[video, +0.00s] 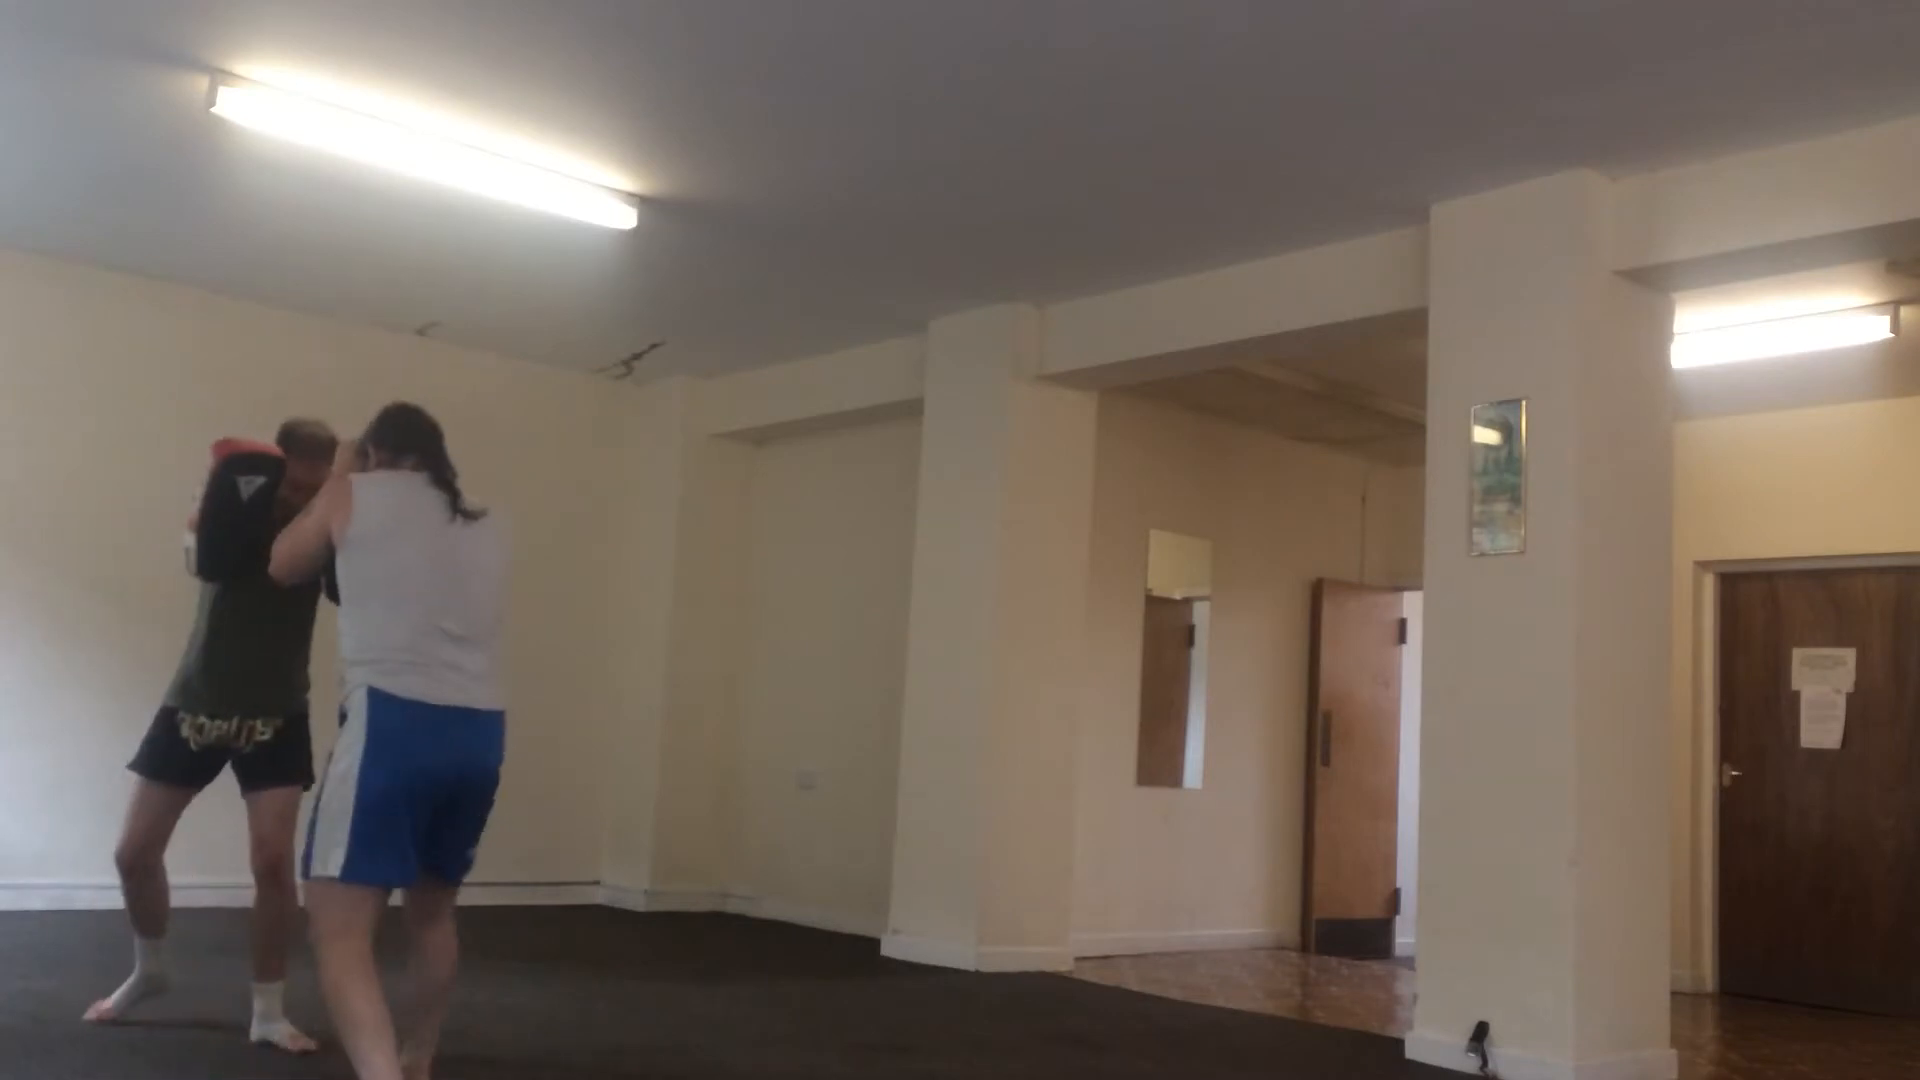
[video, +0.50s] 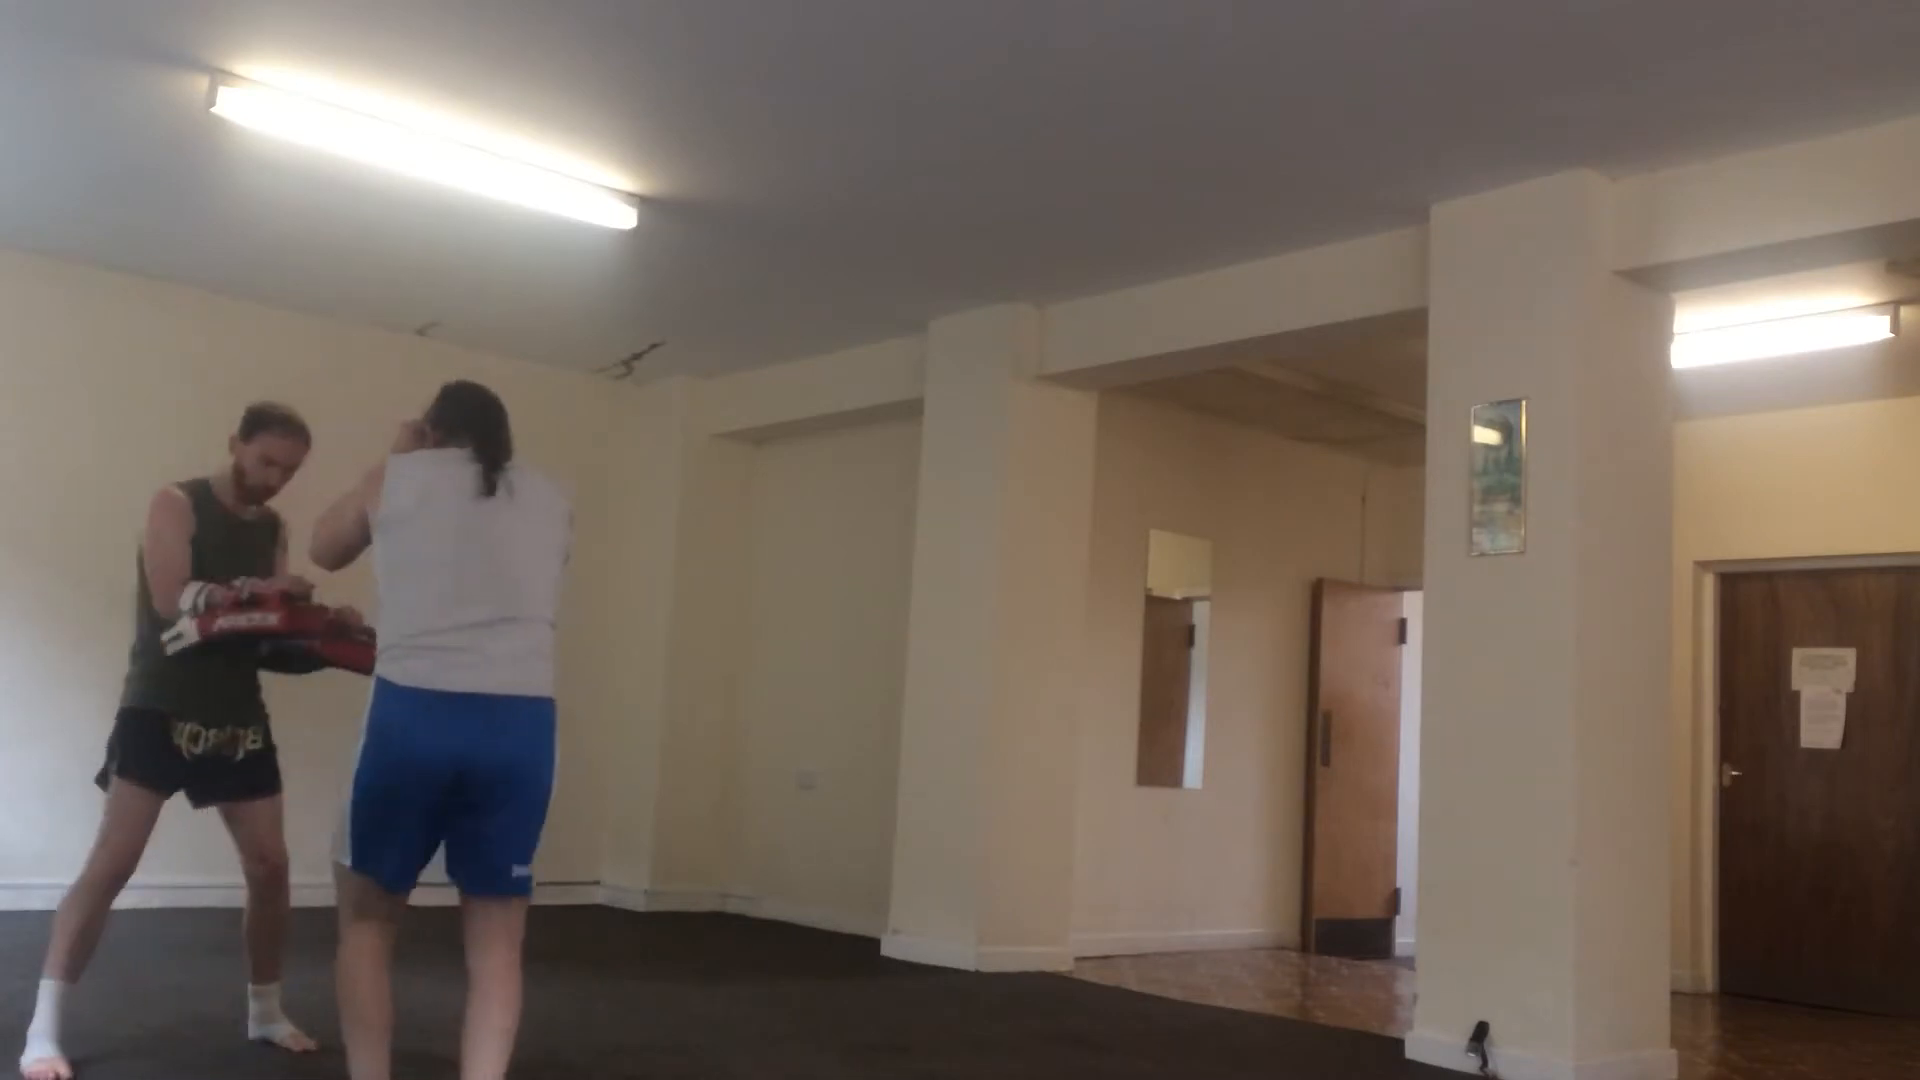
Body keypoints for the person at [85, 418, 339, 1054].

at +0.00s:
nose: (307, 499)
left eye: (318, 489)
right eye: (298, 486)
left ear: (329, 483)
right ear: (277, 471)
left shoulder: (319, 528)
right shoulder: (235, 497)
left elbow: (347, 592)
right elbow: (217, 561)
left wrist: (342, 514)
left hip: (276, 715)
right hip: (197, 707)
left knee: (274, 866)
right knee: (135, 853)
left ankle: (269, 1014)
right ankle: (149, 972)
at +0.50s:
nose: (274, 480)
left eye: (287, 471)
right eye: (268, 464)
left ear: (293, 470)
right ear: (238, 444)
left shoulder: (271, 526)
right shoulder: (176, 505)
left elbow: (264, 618)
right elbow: (171, 600)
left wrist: (322, 621)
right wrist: (269, 594)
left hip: (237, 707)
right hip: (161, 706)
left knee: (269, 866)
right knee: (112, 863)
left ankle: (266, 1014)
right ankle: (43, 1030)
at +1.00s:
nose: (284, 466)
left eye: (295, 458)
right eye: (278, 450)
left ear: (293, 460)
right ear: (241, 434)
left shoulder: (243, 517)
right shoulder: (198, 497)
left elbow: (255, 618)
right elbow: (244, 603)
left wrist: (310, 599)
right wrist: (306, 594)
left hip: (225, 707)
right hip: (170, 706)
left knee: (240, 859)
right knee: (164, 858)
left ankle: (192, 1012)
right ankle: (50, 1013)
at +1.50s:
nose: (296, 461)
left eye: (305, 451)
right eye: (287, 445)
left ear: (305, 451)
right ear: (249, 433)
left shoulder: (220, 497)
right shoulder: (227, 496)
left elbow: (256, 626)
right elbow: (272, 598)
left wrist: (329, 598)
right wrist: (323, 585)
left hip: (228, 715)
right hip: (199, 716)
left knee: (238, 862)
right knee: (184, 869)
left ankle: (191, 1012)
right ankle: (105, 1049)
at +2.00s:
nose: (316, 460)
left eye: (323, 450)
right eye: (307, 445)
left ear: (306, 444)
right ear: (267, 432)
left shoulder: (237, 494)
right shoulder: (250, 495)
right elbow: (294, 601)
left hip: (243, 714)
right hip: (214, 714)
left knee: (236, 867)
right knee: (182, 871)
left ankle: (191, 1012)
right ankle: (105, 1048)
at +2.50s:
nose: (314, 449)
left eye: (321, 437)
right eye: (300, 435)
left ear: (325, 444)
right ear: (262, 435)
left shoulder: (277, 508)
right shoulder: (229, 499)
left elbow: (277, 611)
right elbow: (270, 600)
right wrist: (336, 593)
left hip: (262, 711)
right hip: (216, 711)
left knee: (246, 865)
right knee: (197, 863)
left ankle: (192, 1012)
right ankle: (116, 1037)